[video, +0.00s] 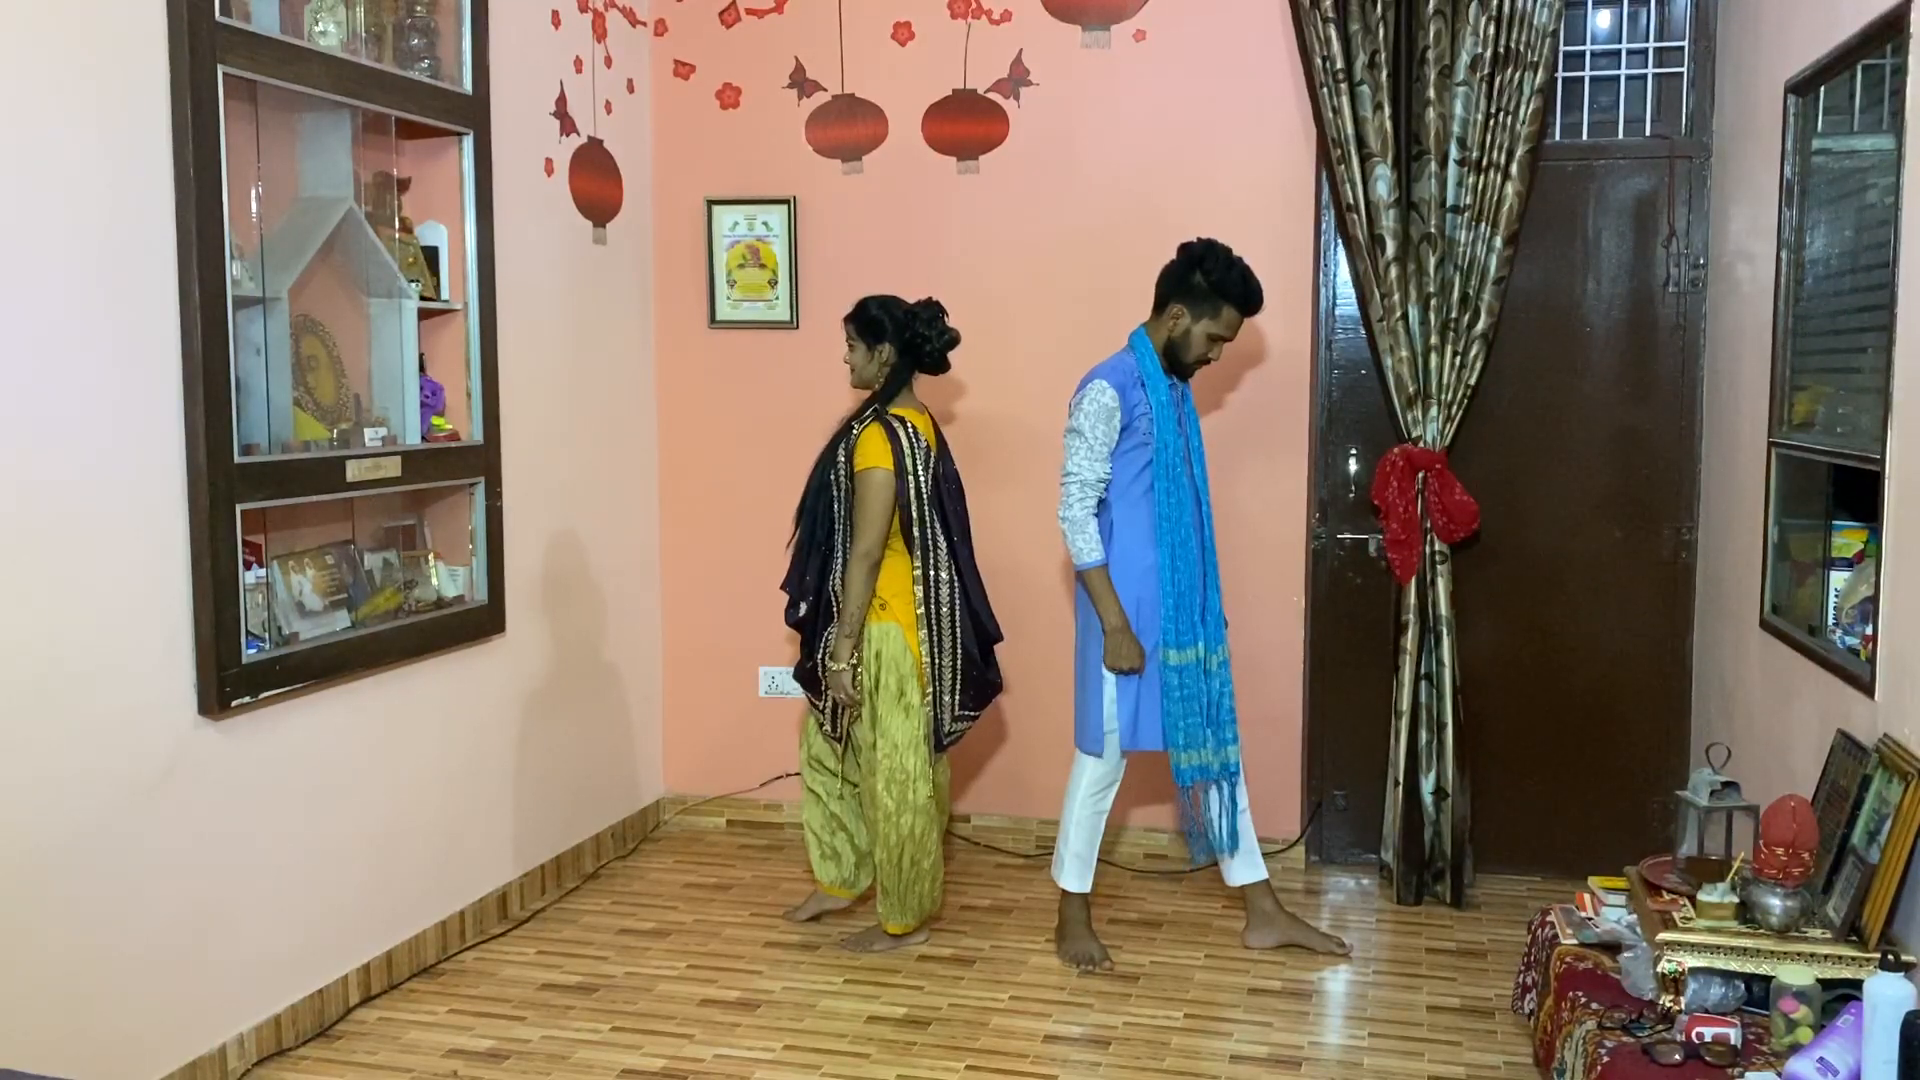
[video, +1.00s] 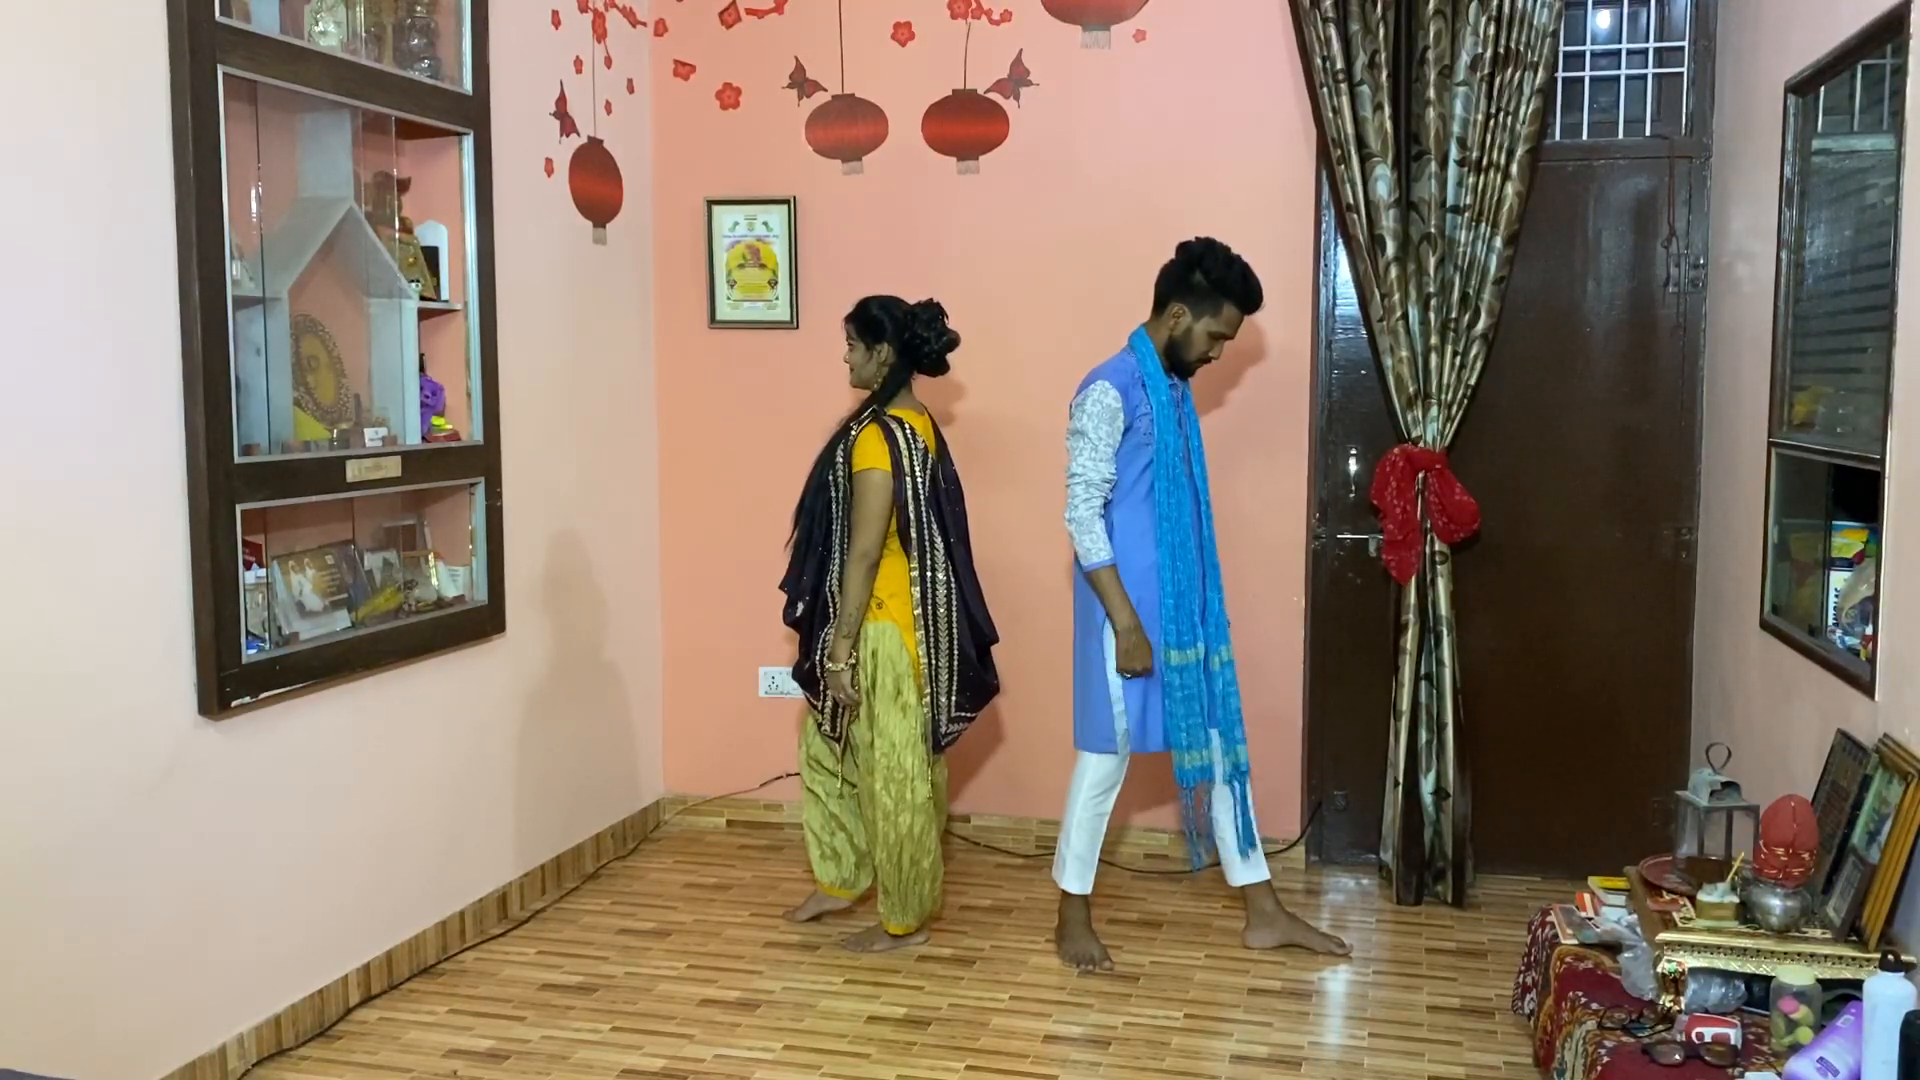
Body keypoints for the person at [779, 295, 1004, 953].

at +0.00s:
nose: (845, 359)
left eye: (854, 347)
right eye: (846, 346)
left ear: (887, 354)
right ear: (894, 354)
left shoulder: (880, 434)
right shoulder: (913, 423)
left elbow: (868, 551)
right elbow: (883, 547)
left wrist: (843, 648)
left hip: (886, 628)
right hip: (884, 618)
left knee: (896, 775)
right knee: (828, 752)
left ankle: (905, 915)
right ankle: (842, 878)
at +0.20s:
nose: (846, 359)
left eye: (856, 347)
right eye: (847, 346)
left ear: (888, 354)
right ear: (893, 354)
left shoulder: (880, 434)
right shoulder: (914, 424)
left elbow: (867, 550)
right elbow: (884, 546)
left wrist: (841, 645)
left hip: (885, 628)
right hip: (882, 618)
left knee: (897, 775)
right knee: (828, 753)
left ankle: (905, 915)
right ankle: (842, 879)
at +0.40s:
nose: (846, 359)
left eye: (856, 348)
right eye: (847, 346)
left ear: (888, 354)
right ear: (894, 354)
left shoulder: (880, 434)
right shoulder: (914, 424)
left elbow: (866, 550)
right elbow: (885, 546)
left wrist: (841, 645)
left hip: (884, 628)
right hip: (880, 619)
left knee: (897, 775)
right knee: (828, 752)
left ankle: (906, 915)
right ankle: (841, 879)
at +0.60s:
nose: (846, 358)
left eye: (855, 347)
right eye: (847, 346)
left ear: (886, 354)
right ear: (895, 354)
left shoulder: (879, 434)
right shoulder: (915, 425)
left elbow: (866, 550)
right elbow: (885, 546)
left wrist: (841, 646)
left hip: (884, 628)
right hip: (883, 619)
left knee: (897, 775)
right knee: (827, 752)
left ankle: (906, 915)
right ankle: (841, 879)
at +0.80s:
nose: (845, 359)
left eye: (854, 347)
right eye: (846, 346)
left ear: (885, 354)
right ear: (894, 354)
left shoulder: (879, 434)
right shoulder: (915, 424)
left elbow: (866, 550)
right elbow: (884, 546)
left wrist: (840, 647)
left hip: (883, 628)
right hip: (884, 619)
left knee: (896, 774)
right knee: (827, 753)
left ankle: (906, 915)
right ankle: (841, 879)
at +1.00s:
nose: (845, 358)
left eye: (854, 347)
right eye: (847, 346)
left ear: (885, 354)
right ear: (895, 354)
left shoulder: (879, 435)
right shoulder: (915, 425)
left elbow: (866, 549)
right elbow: (885, 546)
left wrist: (840, 646)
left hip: (881, 628)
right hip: (886, 619)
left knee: (895, 775)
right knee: (827, 752)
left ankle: (905, 918)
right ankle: (841, 879)